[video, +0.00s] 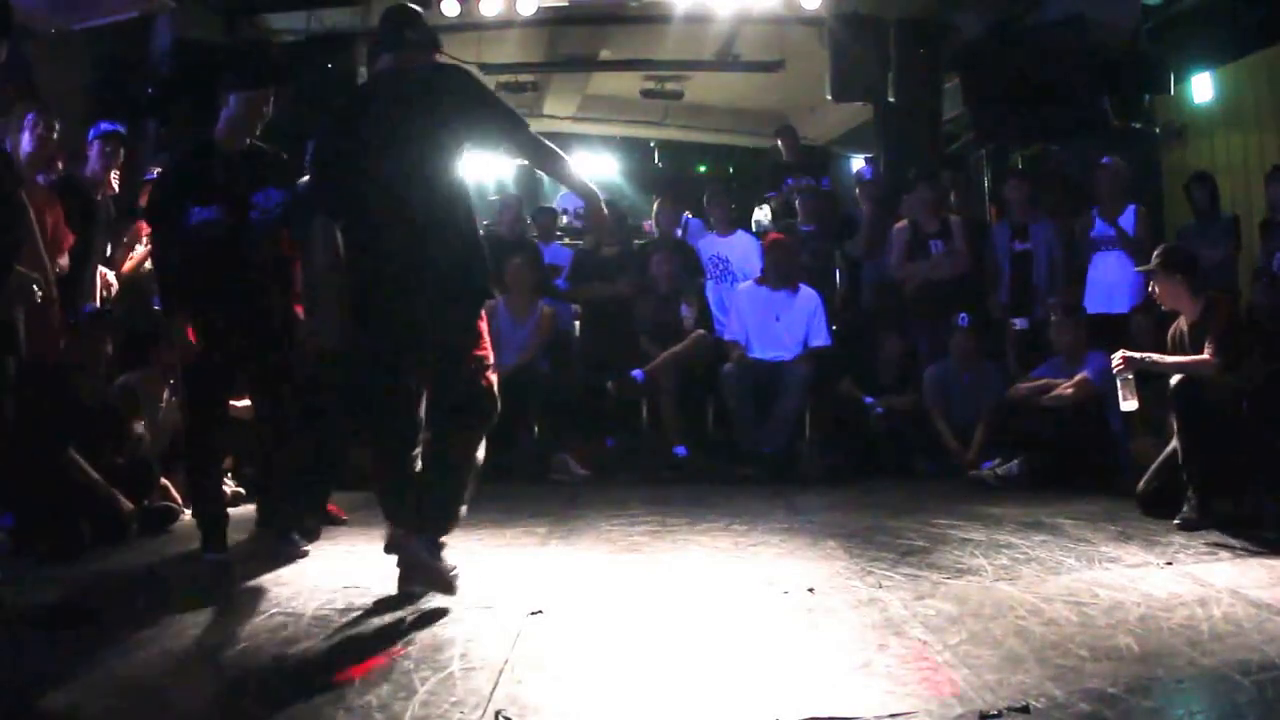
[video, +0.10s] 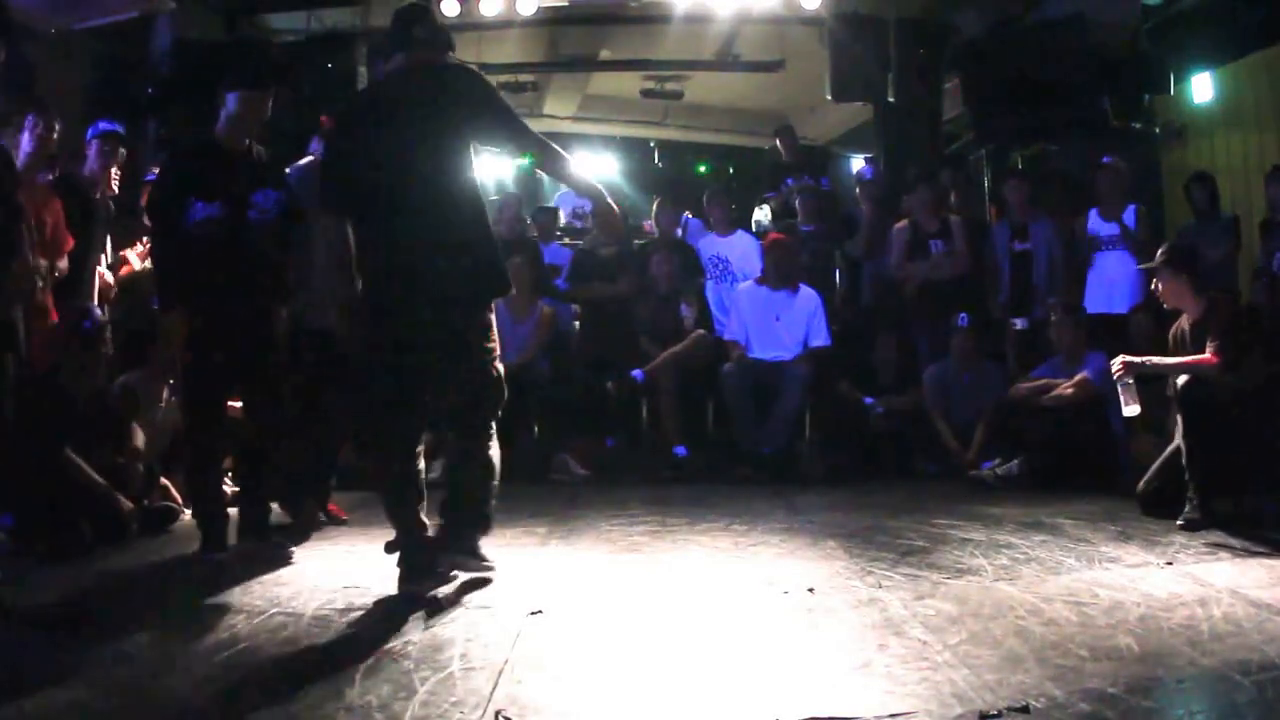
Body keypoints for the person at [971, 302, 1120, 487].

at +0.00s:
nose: (1055, 334)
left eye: (1062, 328)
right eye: (1053, 328)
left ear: (1078, 329)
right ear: (1050, 332)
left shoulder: (1097, 361)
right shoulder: (1055, 364)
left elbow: (1070, 394)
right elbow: (1013, 393)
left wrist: (1036, 400)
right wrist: (1056, 383)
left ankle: (1021, 465)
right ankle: (1002, 461)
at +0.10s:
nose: (1054, 333)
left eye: (1059, 326)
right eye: (1052, 326)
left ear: (1077, 329)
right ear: (1050, 331)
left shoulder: (1096, 361)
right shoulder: (1055, 364)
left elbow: (1072, 393)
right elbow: (1014, 392)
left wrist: (1035, 400)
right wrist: (1057, 384)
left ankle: (1023, 463)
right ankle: (1003, 459)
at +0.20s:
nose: (1054, 332)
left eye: (1060, 326)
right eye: (1052, 326)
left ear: (1077, 329)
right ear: (1049, 331)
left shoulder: (1096, 360)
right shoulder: (1055, 363)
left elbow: (1072, 393)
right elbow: (1015, 392)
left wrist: (1035, 400)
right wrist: (1057, 384)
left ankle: (1022, 464)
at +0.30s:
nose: (1054, 332)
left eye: (1060, 325)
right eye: (1052, 326)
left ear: (1077, 328)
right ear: (1049, 332)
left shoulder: (1096, 359)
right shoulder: (1056, 362)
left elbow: (1073, 392)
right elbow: (1015, 392)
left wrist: (1035, 401)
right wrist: (1054, 384)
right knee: (1000, 404)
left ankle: (1021, 464)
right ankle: (971, 460)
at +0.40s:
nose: (1054, 333)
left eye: (1060, 327)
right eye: (1052, 327)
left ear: (1077, 330)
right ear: (1049, 332)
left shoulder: (1097, 360)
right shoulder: (1056, 362)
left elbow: (1072, 393)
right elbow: (1014, 392)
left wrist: (1037, 401)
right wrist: (1054, 384)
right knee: (1000, 404)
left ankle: (1021, 464)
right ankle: (972, 460)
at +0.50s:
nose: (1056, 336)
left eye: (1062, 329)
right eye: (1054, 329)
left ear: (1078, 331)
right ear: (1051, 333)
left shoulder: (1095, 360)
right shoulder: (1057, 362)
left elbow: (1075, 392)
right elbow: (1014, 392)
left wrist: (1040, 401)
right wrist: (1053, 383)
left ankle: (1022, 464)